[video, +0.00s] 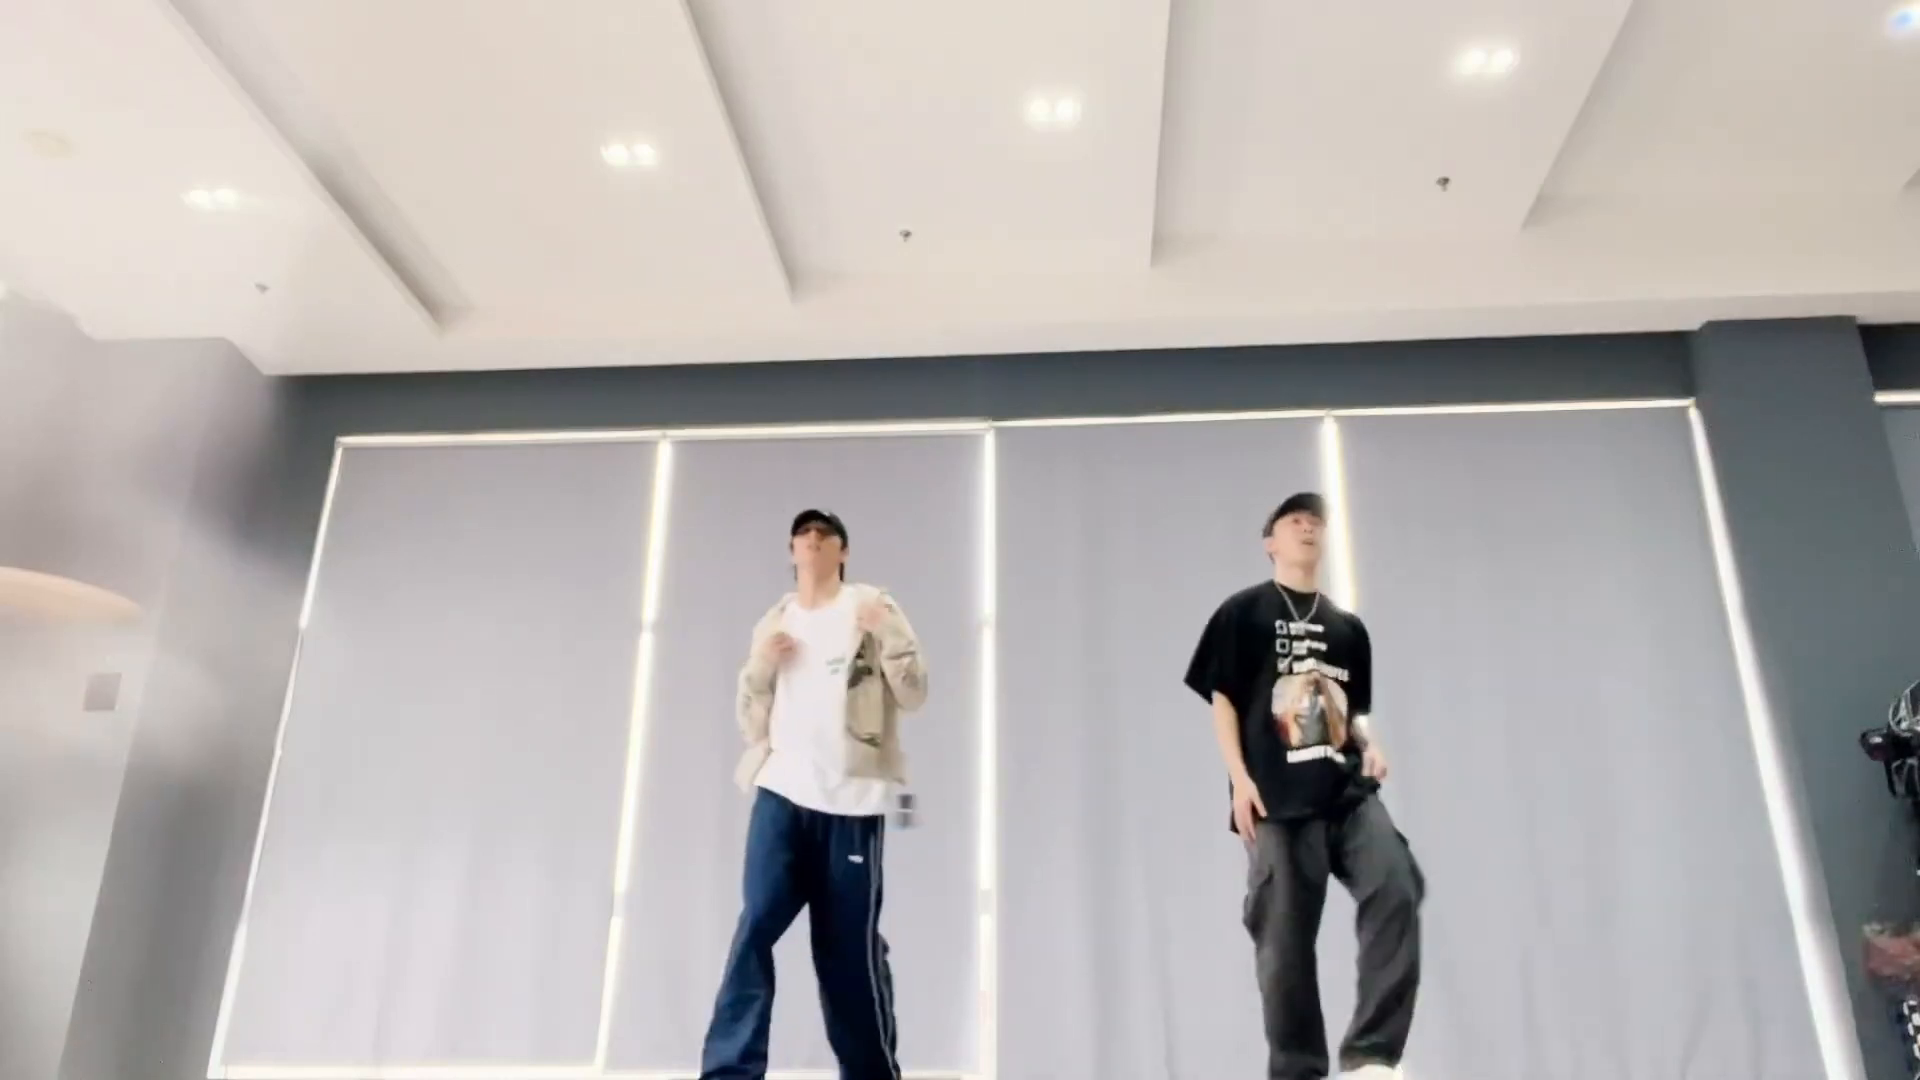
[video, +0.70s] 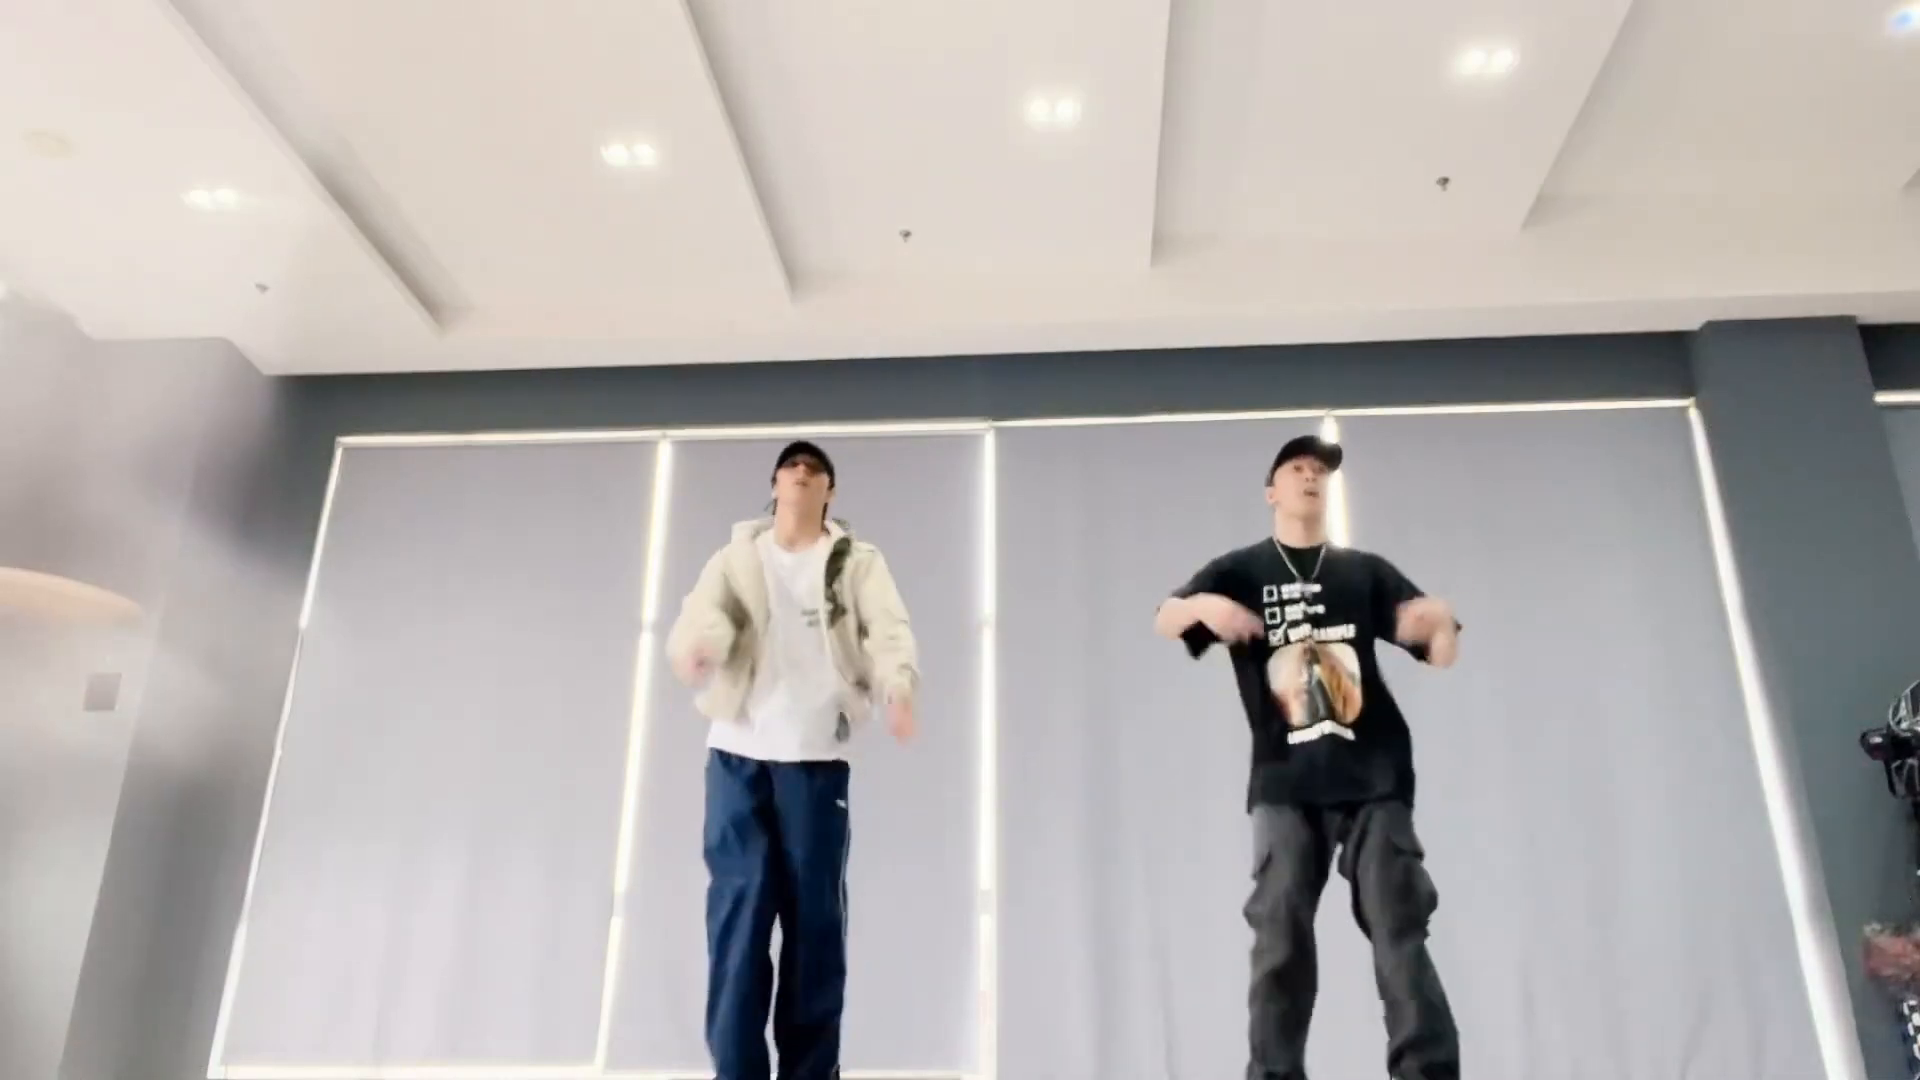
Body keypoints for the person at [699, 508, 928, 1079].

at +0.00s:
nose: (812, 541)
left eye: (824, 533)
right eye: (803, 534)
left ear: (842, 551)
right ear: (791, 552)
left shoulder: (873, 606)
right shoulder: (774, 619)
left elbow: (912, 696)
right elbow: (753, 728)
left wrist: (886, 633)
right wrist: (759, 671)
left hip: (853, 800)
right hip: (781, 793)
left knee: (850, 948)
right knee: (755, 928)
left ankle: (872, 1074)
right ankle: (730, 1070)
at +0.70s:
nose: (801, 478)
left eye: (813, 472)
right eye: (791, 470)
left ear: (829, 493)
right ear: (773, 488)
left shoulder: (857, 559)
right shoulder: (736, 555)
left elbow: (888, 630)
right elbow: (703, 614)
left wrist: (896, 685)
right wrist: (694, 647)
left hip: (815, 759)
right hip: (735, 756)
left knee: (815, 917)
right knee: (739, 910)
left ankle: (809, 1069)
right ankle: (736, 1067)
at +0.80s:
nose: (799, 470)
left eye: (812, 465)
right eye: (788, 461)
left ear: (826, 489)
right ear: (768, 481)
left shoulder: (852, 549)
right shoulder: (731, 537)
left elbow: (922, 623)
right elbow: (651, 617)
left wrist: (898, 641)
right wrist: (681, 608)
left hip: (808, 753)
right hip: (728, 747)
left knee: (806, 913)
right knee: (734, 907)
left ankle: (811, 1070)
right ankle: (743, 1068)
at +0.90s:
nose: (794, 474)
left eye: (807, 470)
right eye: (783, 466)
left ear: (822, 495)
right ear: (763, 487)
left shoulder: (845, 559)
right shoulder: (722, 547)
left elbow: (858, 664)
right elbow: (676, 653)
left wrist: (874, 631)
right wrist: (691, 583)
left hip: (799, 752)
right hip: (718, 740)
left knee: (791, 921)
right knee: (700, 850)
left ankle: (803, 1069)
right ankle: (694, 1039)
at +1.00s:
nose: (802, 488)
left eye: (815, 484)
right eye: (791, 480)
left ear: (828, 509)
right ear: (769, 500)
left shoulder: (839, 586)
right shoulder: (720, 551)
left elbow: (834, 693)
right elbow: (652, 635)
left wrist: (850, 637)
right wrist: (689, 560)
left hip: (783, 770)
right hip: (695, 755)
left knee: (797, 912)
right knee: (633, 861)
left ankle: (792, 1067)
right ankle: (602, 998)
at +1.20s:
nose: (772, 555)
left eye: (784, 553)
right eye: (761, 549)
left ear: (795, 582)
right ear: (738, 567)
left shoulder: (807, 659)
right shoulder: (702, 593)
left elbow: (892, 679)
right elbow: (712, 486)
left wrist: (975, 697)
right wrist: (710, 381)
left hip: (717, 835)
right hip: (627, 813)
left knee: (833, 908)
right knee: (539, 957)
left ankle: (754, 1055)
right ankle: (430, 1056)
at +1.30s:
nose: (768, 529)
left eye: (778, 524)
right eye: (757, 522)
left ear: (791, 549)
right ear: (735, 541)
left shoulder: (808, 629)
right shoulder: (699, 570)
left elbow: (886, 680)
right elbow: (660, 465)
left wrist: (974, 677)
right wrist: (700, 381)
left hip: (733, 822)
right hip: (640, 802)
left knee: (830, 911)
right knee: (551, 950)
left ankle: (755, 1058)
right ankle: (457, 1068)